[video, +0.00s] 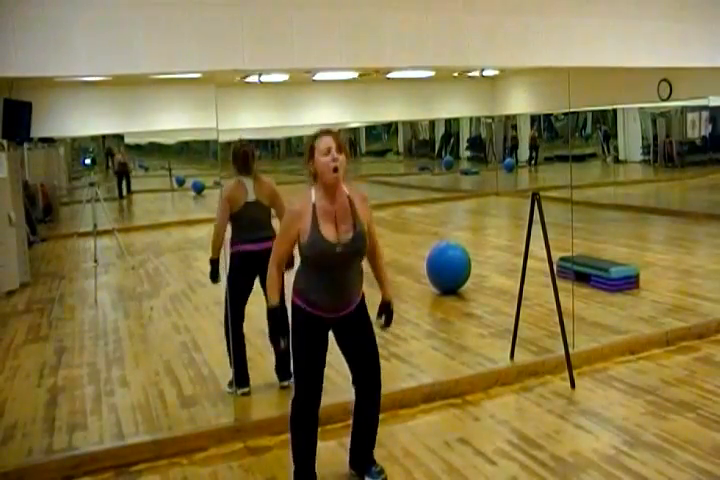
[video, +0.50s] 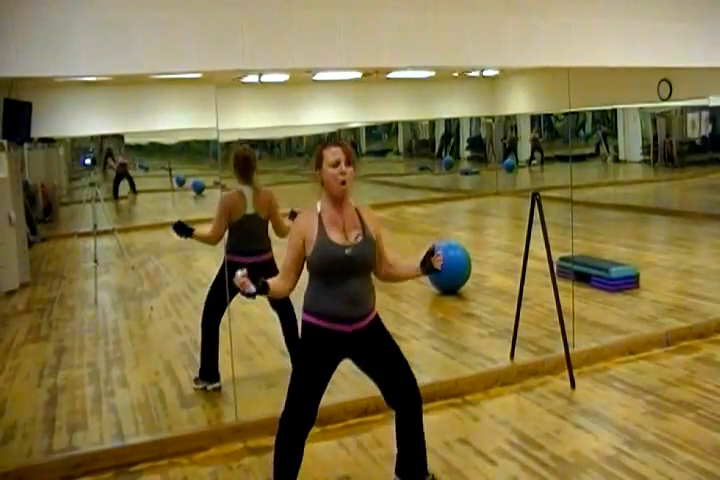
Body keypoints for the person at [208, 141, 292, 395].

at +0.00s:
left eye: (236, 159)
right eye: (249, 158)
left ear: (234, 163)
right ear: (254, 161)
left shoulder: (230, 189)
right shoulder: (267, 185)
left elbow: (220, 226)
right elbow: (285, 217)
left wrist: (214, 258)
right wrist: (290, 250)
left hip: (242, 258)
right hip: (269, 255)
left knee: (234, 317)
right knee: (278, 311)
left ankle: (240, 379)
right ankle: (285, 373)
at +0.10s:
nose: (238, 148)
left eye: (236, 144)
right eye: (247, 143)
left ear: (233, 147)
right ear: (254, 146)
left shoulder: (229, 176)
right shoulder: (267, 171)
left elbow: (221, 212)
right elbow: (285, 201)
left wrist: (206, 238)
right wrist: (292, 223)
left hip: (238, 248)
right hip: (267, 245)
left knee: (229, 307)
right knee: (281, 303)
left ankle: (236, 371)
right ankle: (287, 364)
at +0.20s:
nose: (235, 149)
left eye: (233, 145)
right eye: (249, 143)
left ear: (234, 147)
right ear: (256, 146)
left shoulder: (230, 176)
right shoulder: (268, 172)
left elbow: (221, 211)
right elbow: (287, 203)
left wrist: (196, 223)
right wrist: (281, 230)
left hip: (236, 247)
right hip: (265, 244)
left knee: (220, 302)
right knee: (282, 299)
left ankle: (225, 364)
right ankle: (294, 355)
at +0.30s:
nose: (238, 163)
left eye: (236, 159)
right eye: (253, 159)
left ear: (235, 162)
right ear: (256, 161)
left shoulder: (231, 191)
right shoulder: (268, 187)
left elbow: (212, 227)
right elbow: (288, 218)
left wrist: (185, 223)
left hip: (236, 262)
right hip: (265, 260)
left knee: (214, 314)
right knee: (285, 309)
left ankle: (210, 376)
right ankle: (301, 362)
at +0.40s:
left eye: (236, 170)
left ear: (235, 174)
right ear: (255, 172)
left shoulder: (231, 202)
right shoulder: (268, 199)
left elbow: (210, 238)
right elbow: (285, 229)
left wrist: (185, 230)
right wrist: (297, 215)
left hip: (237, 270)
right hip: (266, 268)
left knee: (208, 314)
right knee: (288, 311)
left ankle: (209, 375)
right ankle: (300, 363)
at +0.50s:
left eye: (234, 165)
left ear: (234, 169)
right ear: (255, 168)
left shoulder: (229, 199)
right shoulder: (267, 196)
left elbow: (214, 237)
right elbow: (282, 231)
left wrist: (190, 232)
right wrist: (292, 219)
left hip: (233, 270)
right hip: (265, 268)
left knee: (210, 317)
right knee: (286, 312)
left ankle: (209, 376)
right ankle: (300, 367)